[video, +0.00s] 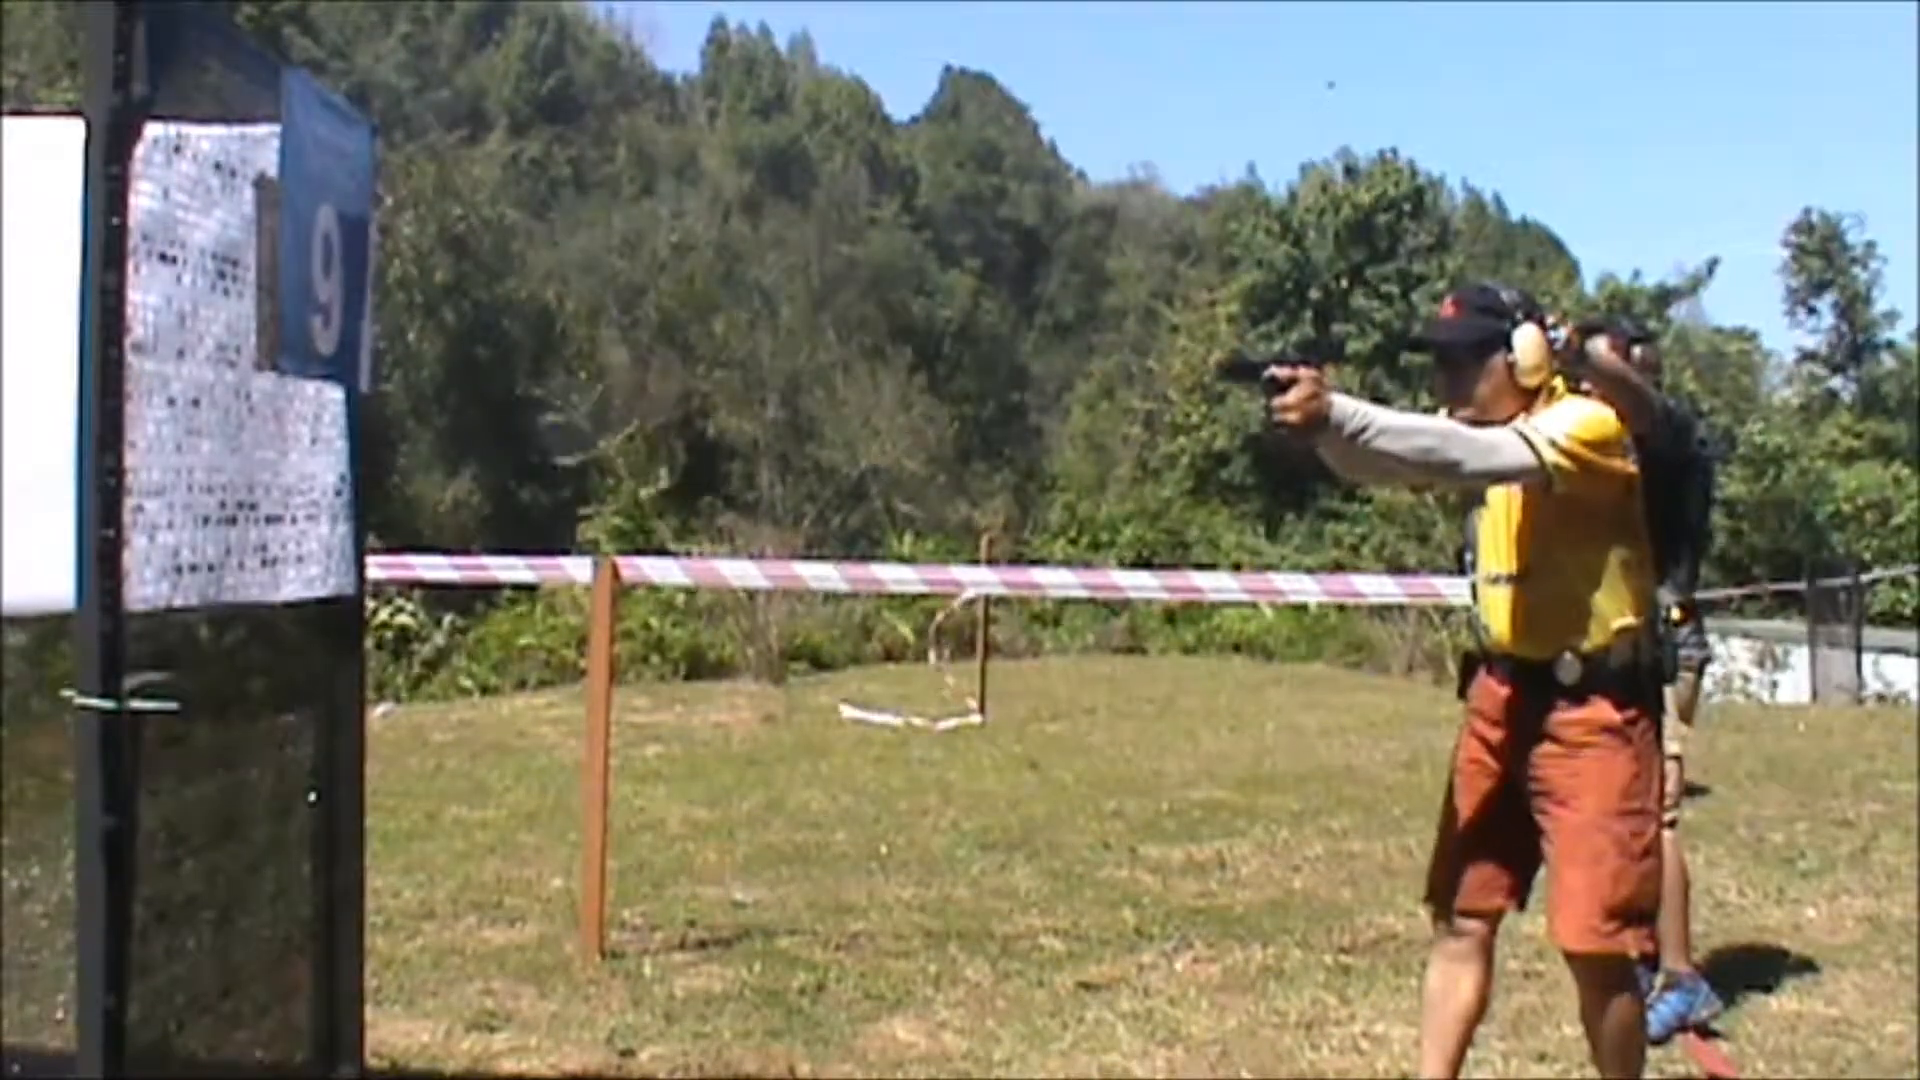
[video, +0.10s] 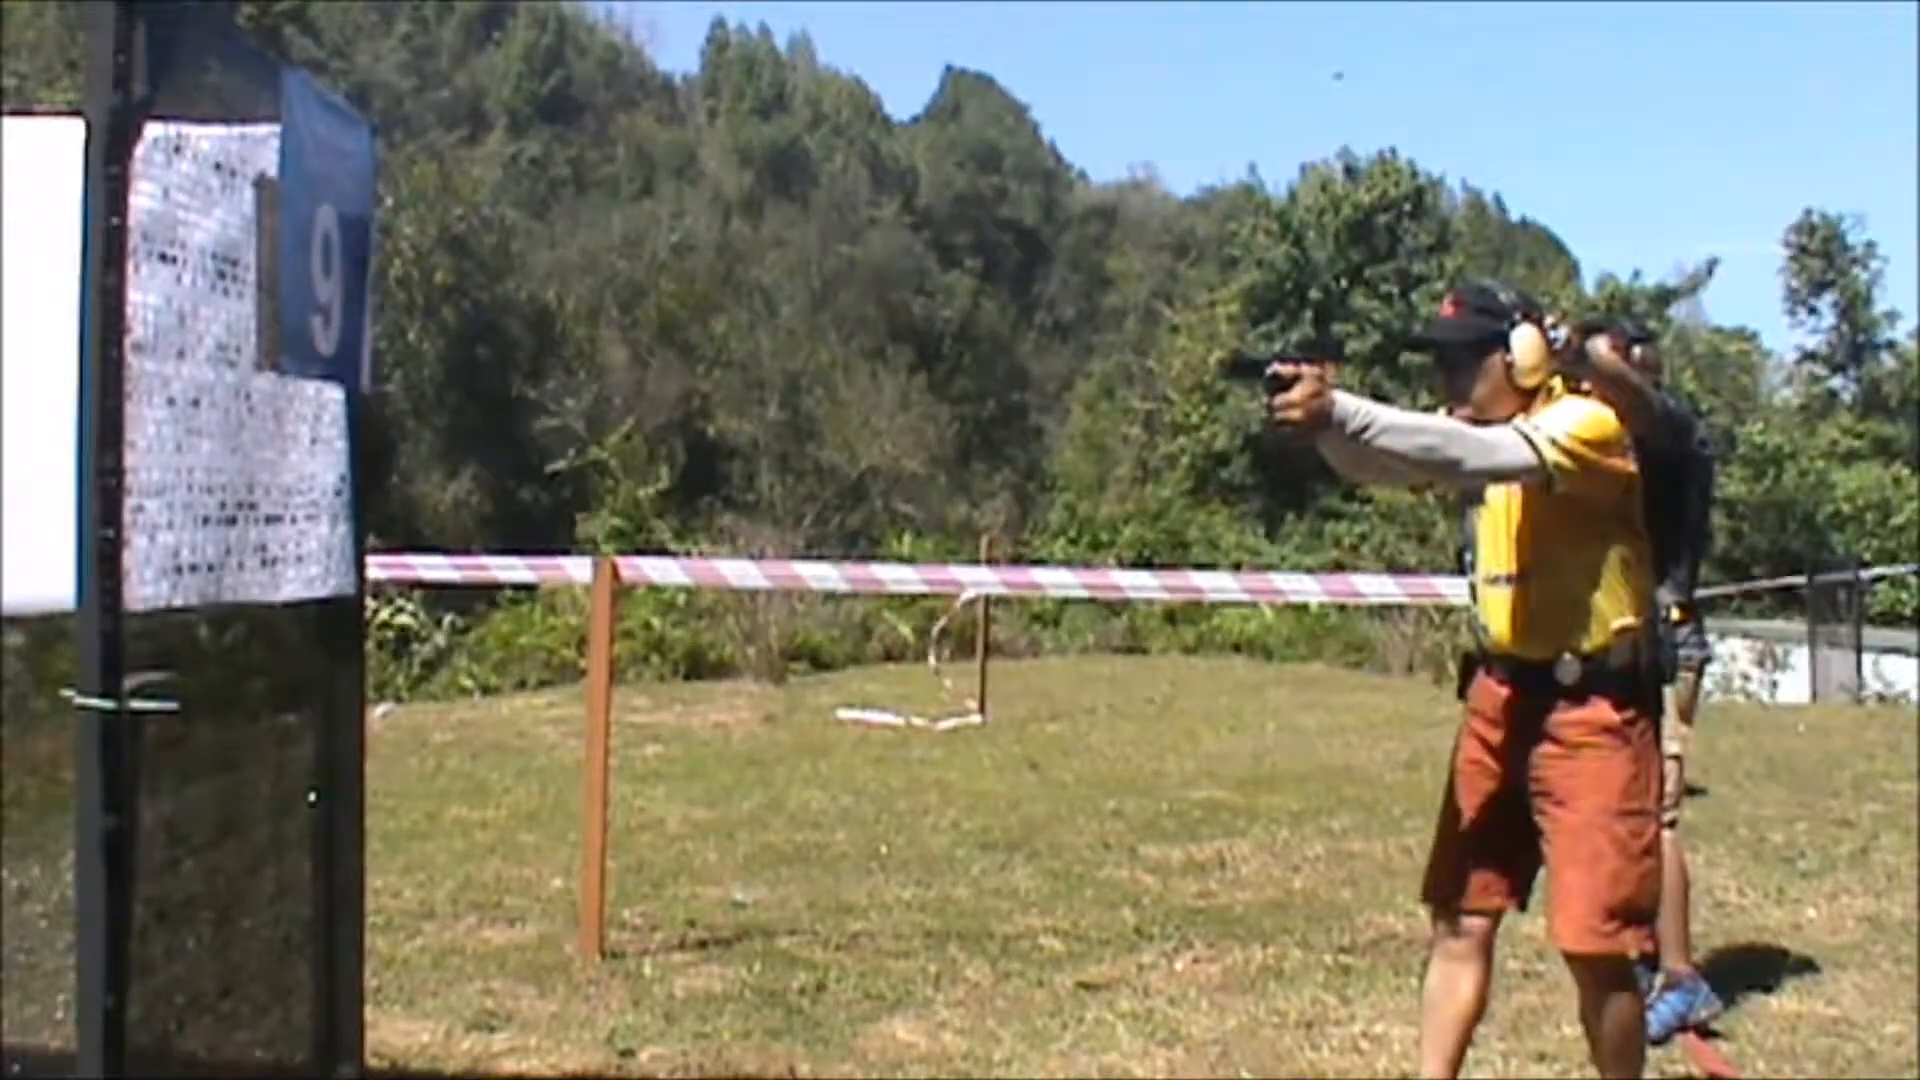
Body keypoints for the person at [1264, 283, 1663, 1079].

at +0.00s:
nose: (1449, 392)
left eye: (1462, 371)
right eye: (1443, 373)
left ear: (1513, 360)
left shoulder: (1589, 425)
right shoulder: (1490, 435)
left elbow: (1472, 453)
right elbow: (1400, 467)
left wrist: (1338, 410)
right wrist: (1319, 427)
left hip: (1598, 709)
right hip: (1502, 698)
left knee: (1595, 942)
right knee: (1463, 917)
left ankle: (1623, 1072)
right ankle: (1433, 1072)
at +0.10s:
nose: (1450, 388)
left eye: (1463, 367)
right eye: (1444, 368)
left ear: (1514, 357)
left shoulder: (1589, 422)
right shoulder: (1487, 436)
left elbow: (1476, 452)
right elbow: (1396, 468)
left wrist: (1339, 407)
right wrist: (1320, 424)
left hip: (1596, 709)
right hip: (1501, 698)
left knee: (1595, 944)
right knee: (1463, 919)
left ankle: (1624, 1073)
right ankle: (1432, 1072)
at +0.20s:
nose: (1449, 388)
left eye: (1462, 366)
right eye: (1443, 368)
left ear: (1513, 356)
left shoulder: (1589, 422)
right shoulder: (1486, 437)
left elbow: (1477, 452)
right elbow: (1396, 468)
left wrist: (1340, 408)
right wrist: (1322, 425)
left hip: (1596, 708)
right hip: (1500, 698)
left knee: (1596, 943)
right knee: (1463, 920)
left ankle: (1624, 1072)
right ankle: (1432, 1071)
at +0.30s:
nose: (1448, 388)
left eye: (1461, 367)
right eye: (1442, 369)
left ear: (1513, 356)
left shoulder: (1589, 423)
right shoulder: (1486, 436)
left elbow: (1477, 452)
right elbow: (1398, 468)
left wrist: (1338, 407)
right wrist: (1320, 425)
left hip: (1596, 708)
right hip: (1500, 699)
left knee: (1596, 943)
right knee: (1462, 919)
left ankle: (1624, 1073)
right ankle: (1432, 1072)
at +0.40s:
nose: (1447, 386)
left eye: (1460, 366)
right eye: (1442, 367)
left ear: (1512, 356)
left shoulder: (1590, 422)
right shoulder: (1484, 436)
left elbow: (1477, 447)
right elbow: (1390, 465)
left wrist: (1341, 400)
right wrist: (1321, 416)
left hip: (1596, 709)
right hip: (1500, 699)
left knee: (1596, 944)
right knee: (1460, 919)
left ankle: (1624, 1072)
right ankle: (1433, 1072)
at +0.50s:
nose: (1447, 387)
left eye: (1461, 366)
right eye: (1441, 367)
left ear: (1512, 356)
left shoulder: (1589, 420)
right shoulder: (1485, 435)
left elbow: (1474, 447)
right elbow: (1393, 467)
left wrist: (1339, 404)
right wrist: (1320, 421)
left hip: (1595, 708)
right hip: (1499, 698)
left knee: (1596, 943)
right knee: (1460, 919)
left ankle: (1624, 1073)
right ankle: (1433, 1072)